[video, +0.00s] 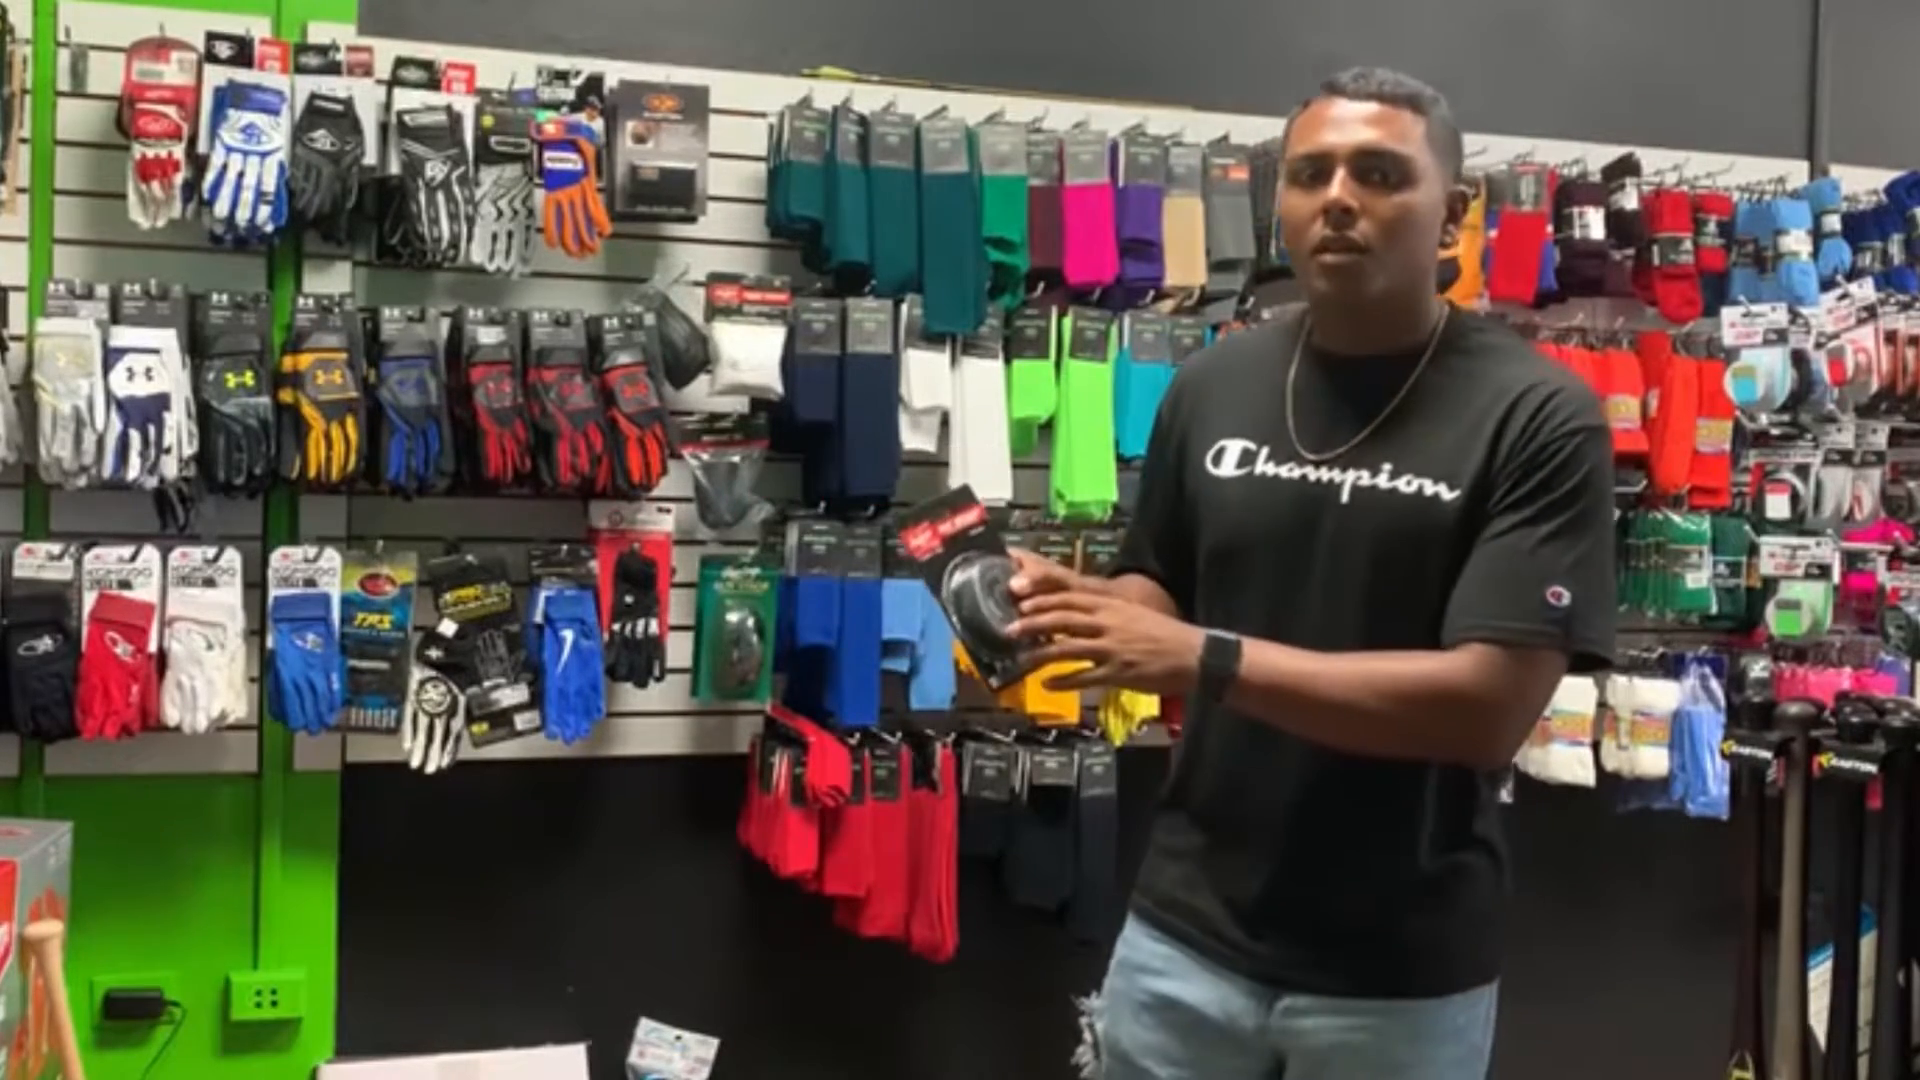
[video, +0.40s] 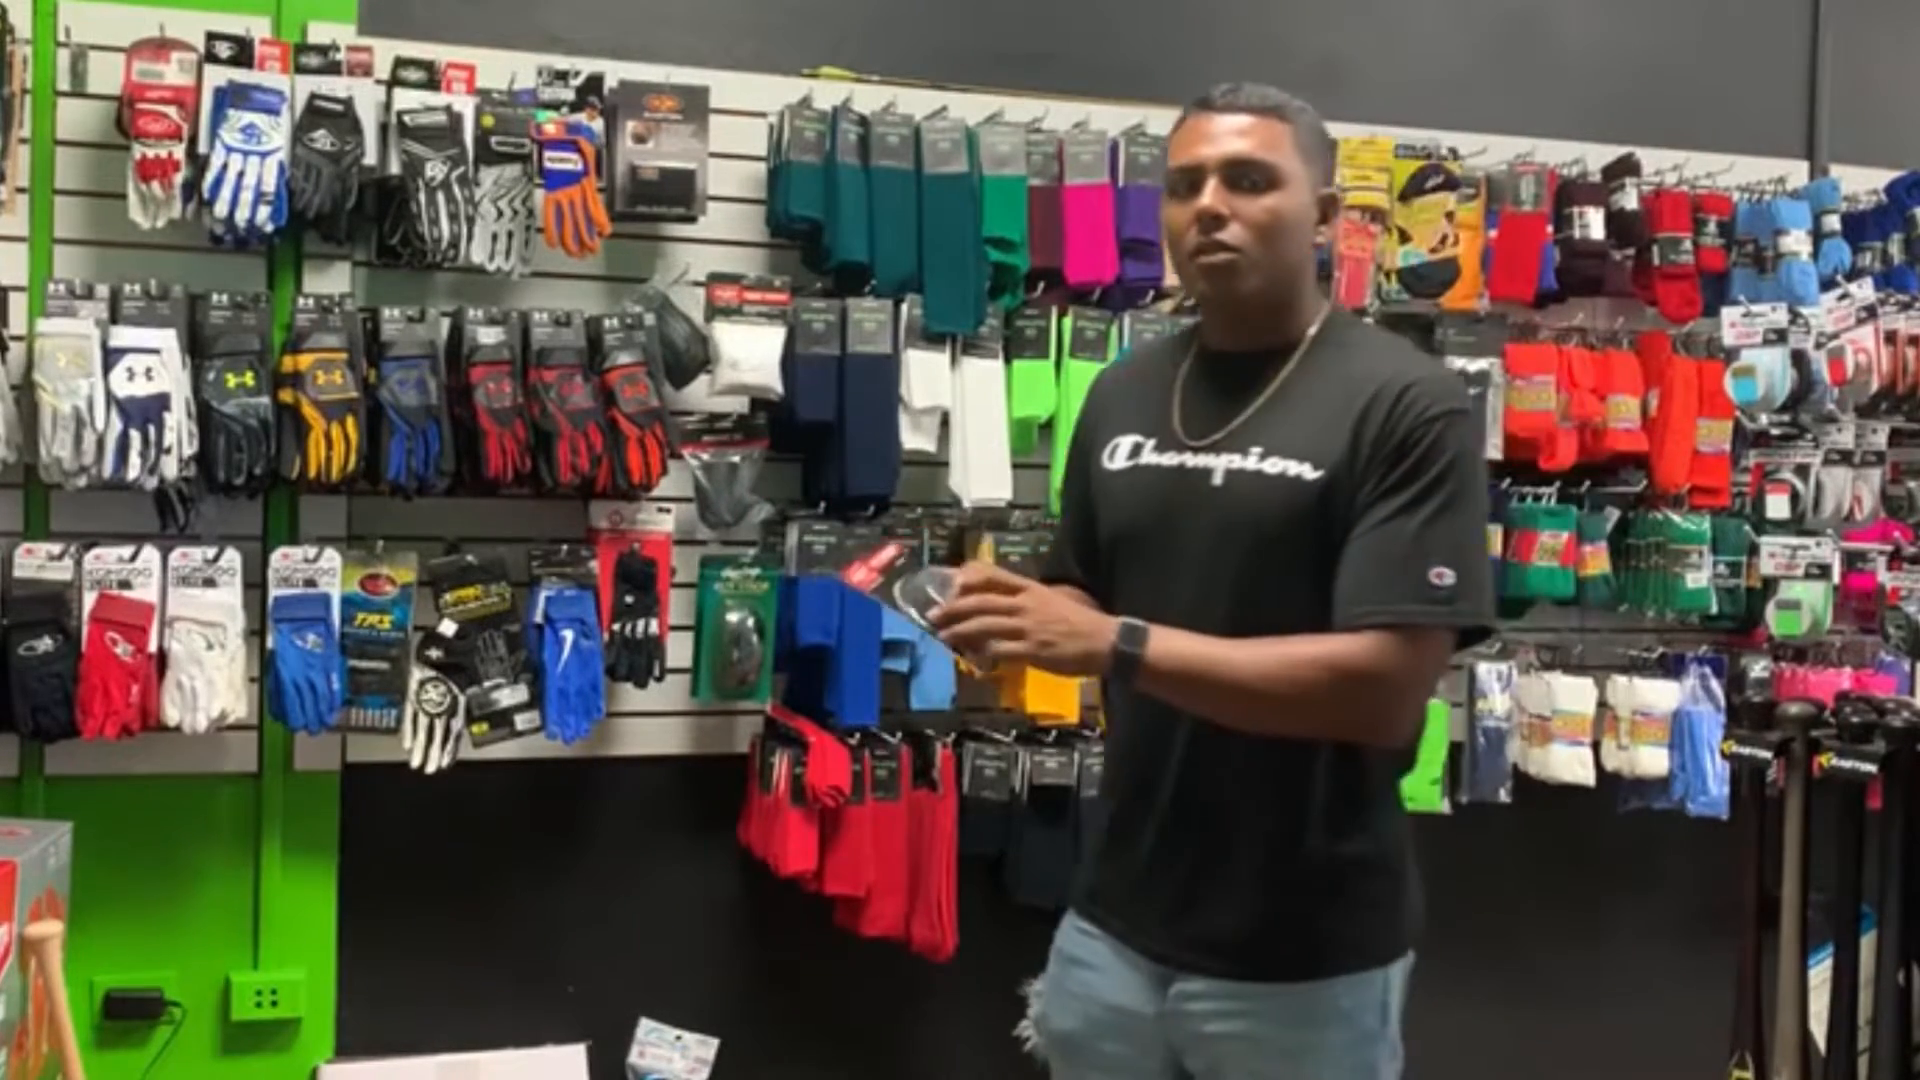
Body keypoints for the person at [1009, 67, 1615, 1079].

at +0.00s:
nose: (1337, 199)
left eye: (1380, 172)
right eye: (1310, 173)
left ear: (1451, 213)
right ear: (1277, 206)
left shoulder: (1539, 416)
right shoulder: (1211, 386)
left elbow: (1490, 710)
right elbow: (1156, 599)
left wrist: (1197, 655)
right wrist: (1074, 609)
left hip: (1404, 972)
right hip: (1188, 939)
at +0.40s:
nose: (1209, 207)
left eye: (1248, 180)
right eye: (1185, 184)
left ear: (1324, 209)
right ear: (1165, 217)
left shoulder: (1405, 402)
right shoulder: (1123, 393)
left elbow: (1387, 691)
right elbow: (1084, 611)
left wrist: (1112, 641)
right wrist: (1006, 619)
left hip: (1304, 946)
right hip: (1118, 918)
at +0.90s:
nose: (933, 286)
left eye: (958, 256)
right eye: (929, 261)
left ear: (1051, 246)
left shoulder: (1156, 414)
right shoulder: (971, 407)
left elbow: (1140, 681)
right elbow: (962, 625)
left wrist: (900, 619)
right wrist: (840, 608)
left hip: (1066, 903)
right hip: (946, 881)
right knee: (960, 1064)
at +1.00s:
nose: (896, 292)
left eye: (917, 260)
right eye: (892, 267)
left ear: (1008, 247)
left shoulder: (1107, 412)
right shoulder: (960, 406)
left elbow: (1099, 680)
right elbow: (953, 629)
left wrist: (858, 621)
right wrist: (824, 618)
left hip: (1027, 891)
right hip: (945, 873)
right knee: (943, 1060)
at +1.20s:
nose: (808, 296)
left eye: (826, 263)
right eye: (806, 271)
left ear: (916, 251)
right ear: (913, 256)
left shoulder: (991, 412)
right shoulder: (947, 397)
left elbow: (994, 681)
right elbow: (937, 650)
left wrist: (755, 628)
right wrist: (749, 634)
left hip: (934, 898)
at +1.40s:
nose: (695, 288)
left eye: (711, 259)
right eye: (698, 262)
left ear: (794, 258)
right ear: (797, 259)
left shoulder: (842, 426)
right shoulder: (871, 399)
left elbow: (845, 700)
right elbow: (851, 635)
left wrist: (603, 690)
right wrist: (697, 645)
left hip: (825, 901)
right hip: (906, 883)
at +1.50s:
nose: (623, 278)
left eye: (637, 246)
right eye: (624, 249)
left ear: (717, 253)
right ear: (728, 254)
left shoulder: (756, 421)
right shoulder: (825, 388)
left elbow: (741, 707)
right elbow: (818, 644)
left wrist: (503, 712)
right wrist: (651, 651)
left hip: (751, 895)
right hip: (855, 870)